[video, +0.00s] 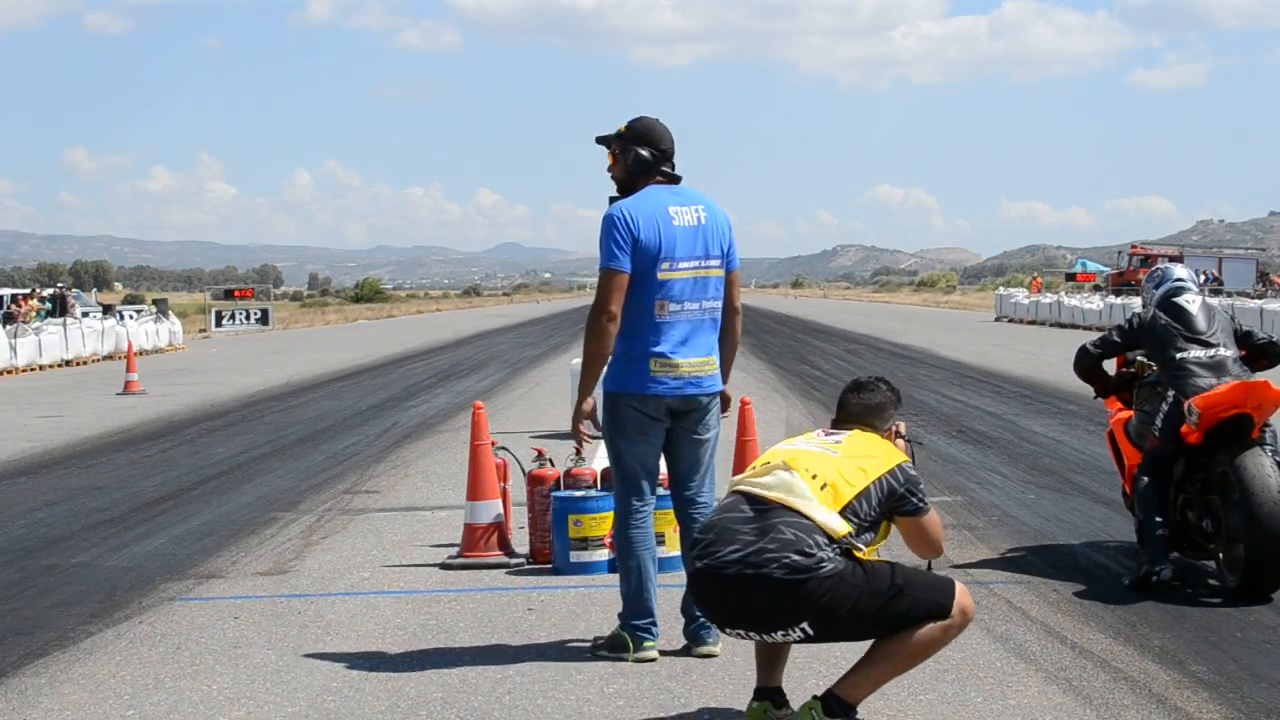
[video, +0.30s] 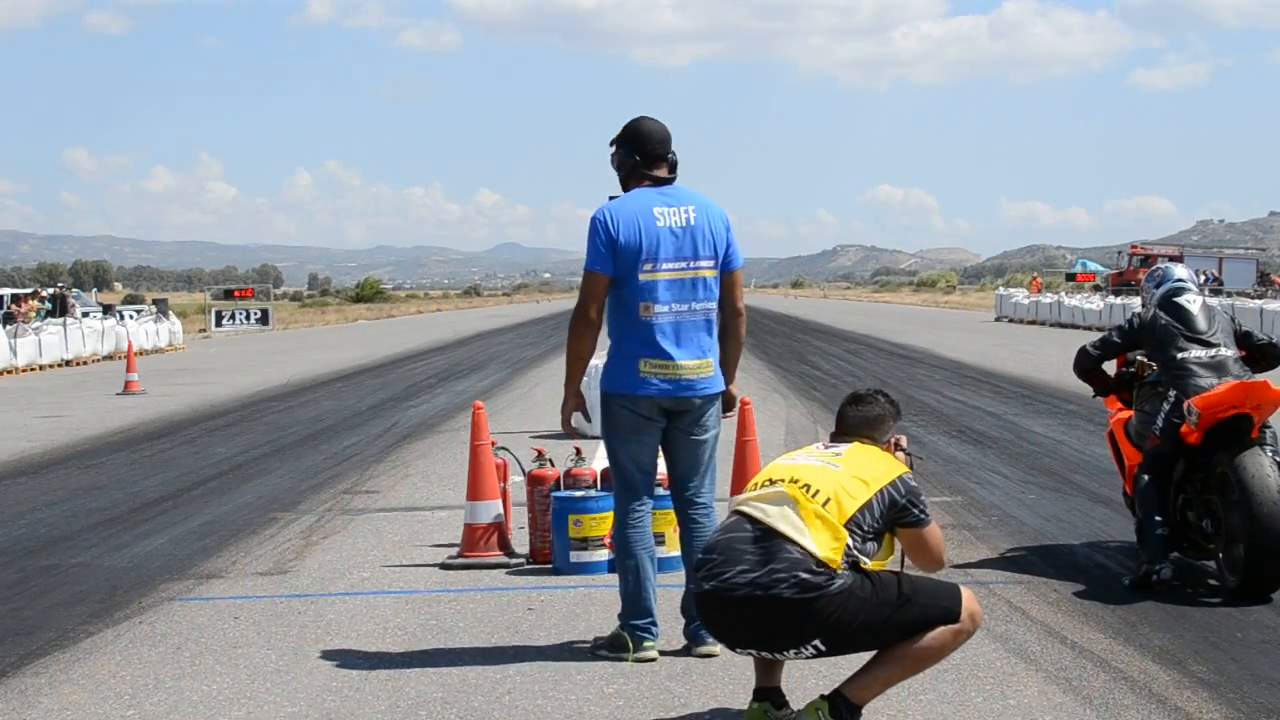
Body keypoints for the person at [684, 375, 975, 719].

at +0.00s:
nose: (898, 431)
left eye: (897, 427)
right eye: (897, 426)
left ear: (833, 423)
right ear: (889, 430)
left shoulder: (797, 442)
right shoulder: (892, 462)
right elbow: (930, 546)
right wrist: (905, 464)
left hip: (711, 583)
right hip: (796, 582)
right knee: (957, 606)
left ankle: (766, 696)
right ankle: (834, 706)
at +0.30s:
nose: (900, 443)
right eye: (898, 437)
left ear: (834, 433)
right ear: (890, 442)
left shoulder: (795, 455)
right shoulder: (893, 474)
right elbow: (933, 561)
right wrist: (904, 475)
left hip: (717, 601)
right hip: (799, 602)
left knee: (778, 567)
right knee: (965, 612)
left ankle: (767, 697)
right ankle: (839, 707)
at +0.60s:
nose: (898, 449)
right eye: (896, 442)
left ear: (831, 439)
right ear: (887, 448)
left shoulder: (790, 462)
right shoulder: (890, 479)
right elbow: (932, 566)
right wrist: (905, 484)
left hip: (717, 610)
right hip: (800, 612)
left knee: (776, 568)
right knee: (967, 612)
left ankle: (769, 697)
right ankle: (838, 707)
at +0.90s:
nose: (894, 454)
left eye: (892, 446)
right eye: (892, 446)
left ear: (826, 441)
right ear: (882, 450)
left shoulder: (787, 463)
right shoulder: (884, 480)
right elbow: (926, 571)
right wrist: (899, 487)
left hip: (715, 613)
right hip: (800, 614)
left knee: (774, 567)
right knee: (965, 610)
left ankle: (765, 697)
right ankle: (841, 707)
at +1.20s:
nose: (890, 455)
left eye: (889, 448)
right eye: (889, 448)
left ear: (821, 443)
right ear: (878, 451)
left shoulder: (782, 464)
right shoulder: (880, 482)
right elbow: (922, 571)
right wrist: (895, 488)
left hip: (714, 616)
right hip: (801, 618)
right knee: (963, 607)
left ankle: (764, 697)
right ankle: (840, 707)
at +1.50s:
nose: (886, 451)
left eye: (884, 446)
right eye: (884, 444)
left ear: (819, 443)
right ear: (873, 449)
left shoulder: (780, 464)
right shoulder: (879, 481)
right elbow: (920, 570)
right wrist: (893, 487)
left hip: (714, 616)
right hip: (802, 618)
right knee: (962, 607)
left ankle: (764, 695)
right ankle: (841, 705)